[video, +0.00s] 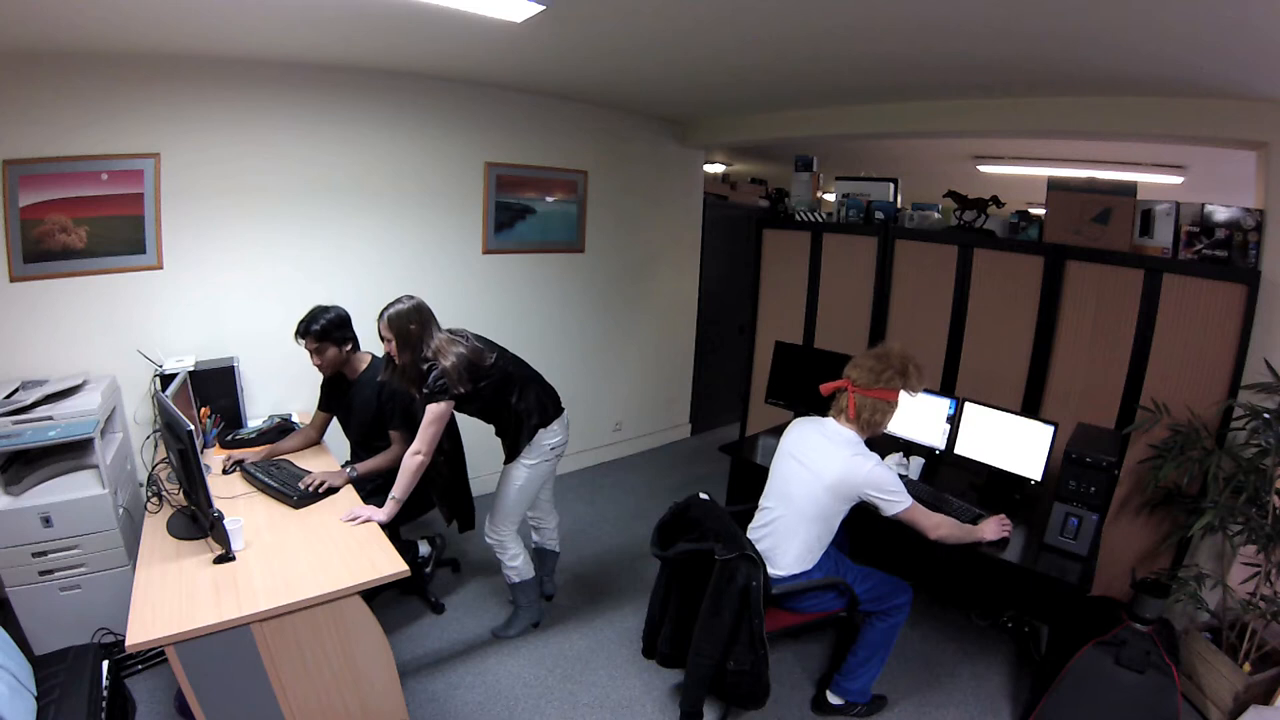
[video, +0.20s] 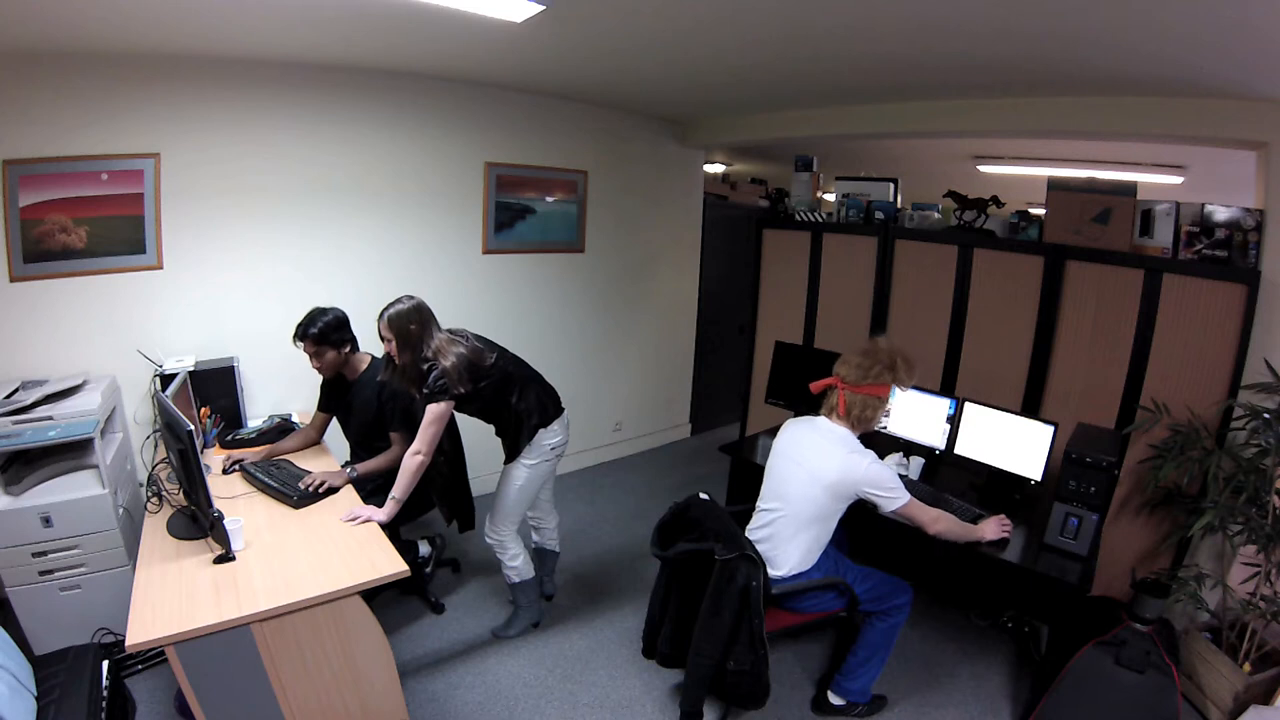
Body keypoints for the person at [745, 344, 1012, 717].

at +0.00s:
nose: (891, 418)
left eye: (892, 410)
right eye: (892, 411)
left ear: (843, 398)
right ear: (883, 415)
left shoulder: (798, 426)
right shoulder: (867, 467)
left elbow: (815, 478)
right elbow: (934, 527)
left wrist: (873, 472)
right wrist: (980, 531)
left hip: (748, 552)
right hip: (787, 576)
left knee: (837, 541)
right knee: (896, 596)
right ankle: (843, 695)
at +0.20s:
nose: (885, 411)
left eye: (886, 403)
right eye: (884, 403)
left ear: (836, 394)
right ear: (873, 409)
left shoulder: (792, 427)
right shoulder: (861, 463)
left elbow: (814, 477)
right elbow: (932, 522)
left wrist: (874, 472)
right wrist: (980, 531)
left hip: (749, 553)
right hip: (787, 576)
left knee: (838, 540)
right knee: (896, 596)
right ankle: (844, 696)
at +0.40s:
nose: (885, 409)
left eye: (885, 400)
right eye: (884, 401)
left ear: (835, 392)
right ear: (872, 407)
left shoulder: (791, 426)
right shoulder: (862, 461)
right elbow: (931, 522)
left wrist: (873, 472)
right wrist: (979, 531)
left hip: (748, 553)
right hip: (788, 576)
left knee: (836, 545)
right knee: (896, 598)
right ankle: (837, 700)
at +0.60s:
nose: (899, 409)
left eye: (902, 399)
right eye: (901, 400)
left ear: (852, 387)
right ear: (894, 405)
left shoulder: (806, 419)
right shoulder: (878, 458)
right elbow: (934, 535)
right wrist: (978, 532)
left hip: (753, 549)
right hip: (795, 570)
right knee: (891, 606)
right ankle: (831, 704)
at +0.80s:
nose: (930, 361)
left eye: (932, 352)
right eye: (931, 351)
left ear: (882, 335)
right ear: (917, 347)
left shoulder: (829, 373)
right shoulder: (900, 406)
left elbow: (815, 449)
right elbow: (917, 504)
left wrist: (862, 481)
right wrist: (957, 528)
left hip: (784, 511)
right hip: (827, 529)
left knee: (856, 519)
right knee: (893, 605)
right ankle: (836, 708)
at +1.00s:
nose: (951, 322)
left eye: (954, 311)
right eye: (947, 308)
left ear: (914, 302)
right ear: (918, 301)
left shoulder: (867, 339)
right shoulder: (899, 369)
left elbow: (840, 426)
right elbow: (864, 471)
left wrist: (877, 486)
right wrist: (895, 541)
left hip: (822, 491)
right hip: (847, 508)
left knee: (857, 587)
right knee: (892, 641)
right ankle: (838, 716)